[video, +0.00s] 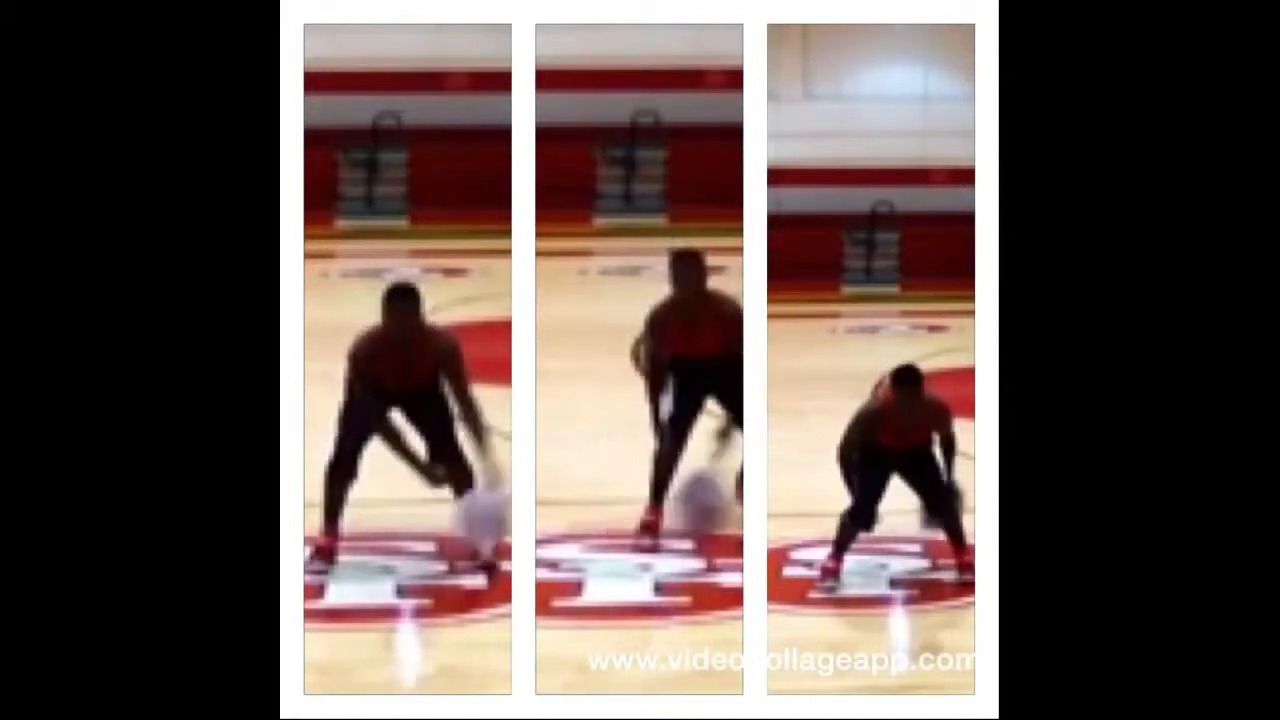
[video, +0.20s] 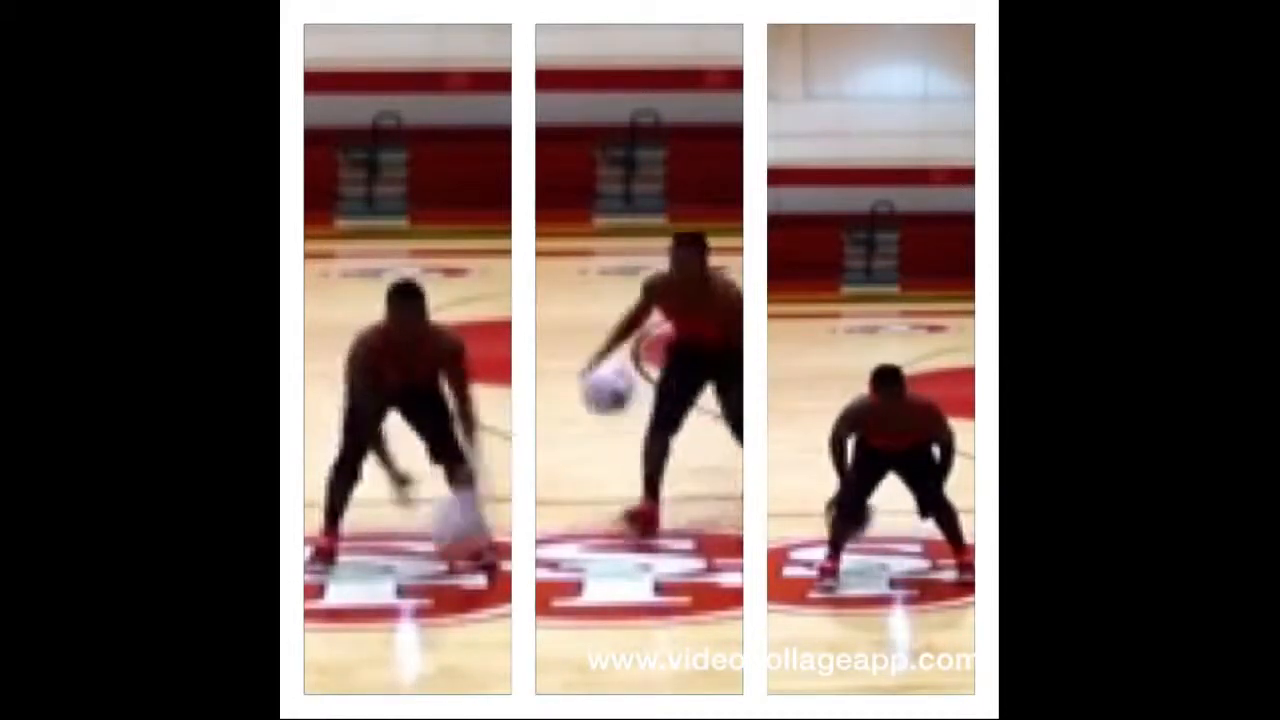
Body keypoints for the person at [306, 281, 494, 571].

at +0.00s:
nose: (403, 328)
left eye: (410, 319)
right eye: (395, 319)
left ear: (420, 315)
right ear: (384, 317)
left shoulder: (441, 345)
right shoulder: (366, 351)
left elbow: (464, 401)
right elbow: (379, 420)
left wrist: (486, 459)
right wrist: (422, 468)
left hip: (421, 395)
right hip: (371, 397)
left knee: (452, 458)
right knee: (342, 464)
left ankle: (482, 536)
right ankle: (329, 537)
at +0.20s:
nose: (408, 330)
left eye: (414, 320)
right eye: (401, 321)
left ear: (424, 315)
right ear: (389, 316)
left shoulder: (445, 345)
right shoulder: (368, 349)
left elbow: (462, 399)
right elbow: (367, 422)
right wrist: (393, 471)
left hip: (419, 393)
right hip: (372, 396)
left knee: (453, 457)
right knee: (349, 462)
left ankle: (477, 536)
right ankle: (329, 535)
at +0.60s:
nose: (407, 327)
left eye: (413, 318)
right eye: (400, 319)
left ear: (423, 317)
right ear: (388, 318)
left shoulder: (440, 346)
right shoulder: (369, 354)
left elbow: (474, 394)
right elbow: (387, 422)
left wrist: (502, 436)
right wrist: (429, 463)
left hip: (422, 396)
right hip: (375, 402)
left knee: (458, 463)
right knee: (349, 470)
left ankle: (476, 533)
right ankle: (330, 536)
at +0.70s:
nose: (407, 334)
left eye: (413, 323)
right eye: (399, 325)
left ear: (422, 320)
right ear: (387, 323)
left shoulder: (439, 347)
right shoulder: (368, 358)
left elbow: (481, 389)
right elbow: (377, 427)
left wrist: (514, 426)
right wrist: (421, 469)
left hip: (420, 396)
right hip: (373, 401)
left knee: (456, 461)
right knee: (351, 469)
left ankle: (477, 532)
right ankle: (330, 536)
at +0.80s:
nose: (398, 323)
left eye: (404, 314)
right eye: (391, 315)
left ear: (414, 312)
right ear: (380, 314)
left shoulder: (440, 345)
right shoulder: (362, 348)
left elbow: (449, 403)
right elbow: (359, 419)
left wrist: (442, 453)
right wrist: (374, 474)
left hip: (423, 388)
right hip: (375, 390)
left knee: (454, 456)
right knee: (350, 460)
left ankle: (476, 530)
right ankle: (330, 536)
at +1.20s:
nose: (408, 332)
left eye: (414, 322)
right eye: (400, 323)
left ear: (423, 319)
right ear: (388, 321)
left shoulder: (440, 345)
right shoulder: (369, 355)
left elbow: (481, 387)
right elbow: (389, 421)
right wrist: (432, 459)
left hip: (425, 396)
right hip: (376, 400)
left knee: (458, 462)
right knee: (350, 468)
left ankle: (477, 533)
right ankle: (329, 537)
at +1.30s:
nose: (406, 329)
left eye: (413, 319)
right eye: (398, 320)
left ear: (423, 317)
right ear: (387, 319)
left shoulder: (442, 345)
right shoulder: (367, 354)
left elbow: (473, 392)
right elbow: (380, 423)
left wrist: (496, 437)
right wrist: (415, 468)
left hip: (423, 392)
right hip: (376, 396)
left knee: (455, 456)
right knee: (356, 462)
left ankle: (477, 530)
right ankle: (330, 534)